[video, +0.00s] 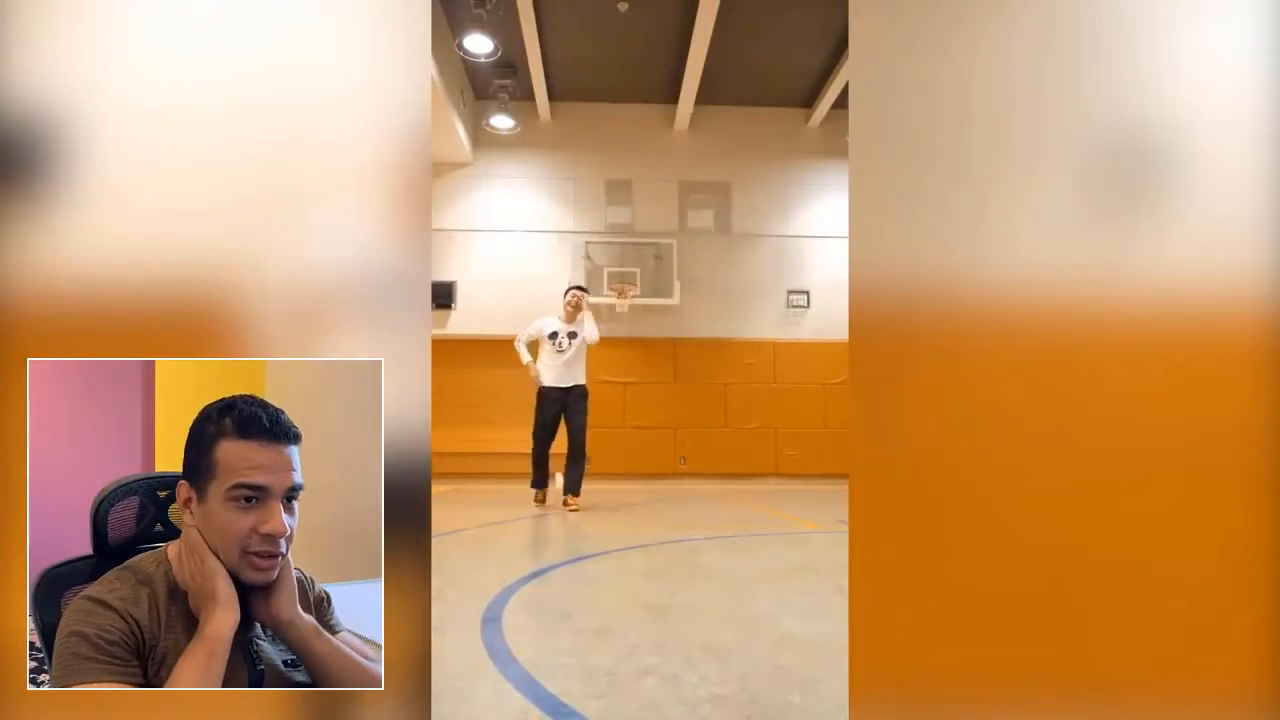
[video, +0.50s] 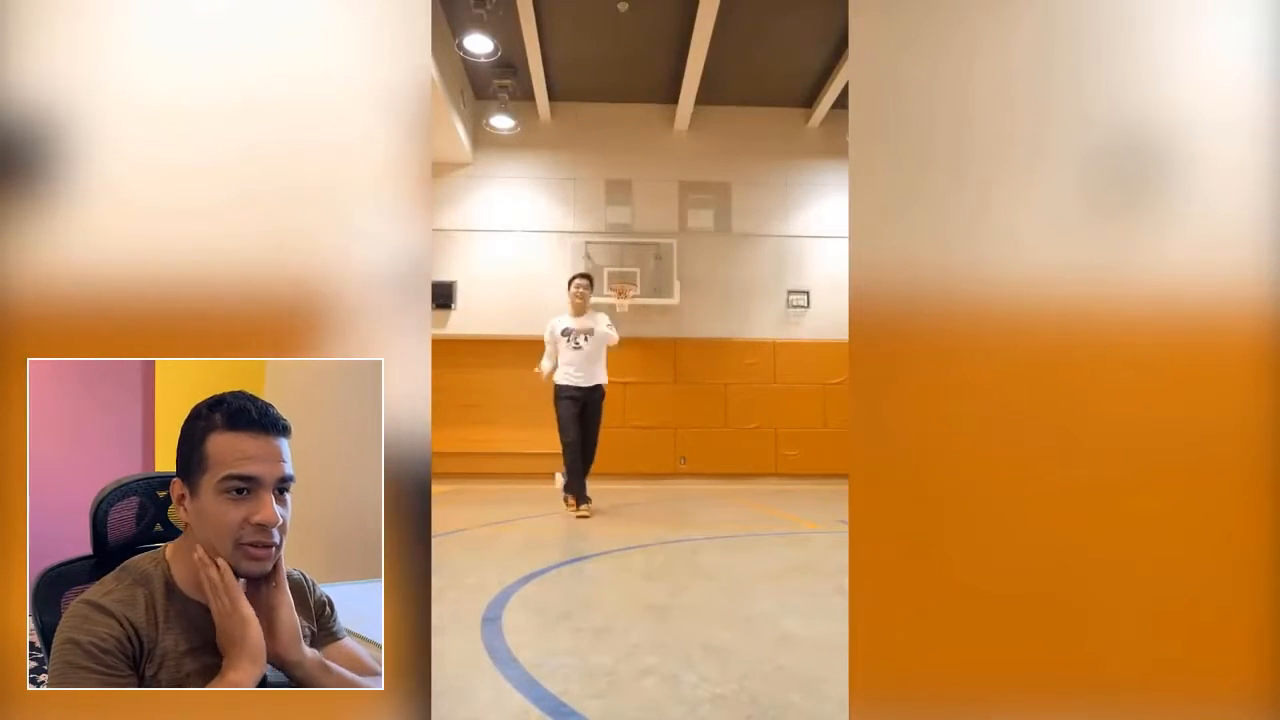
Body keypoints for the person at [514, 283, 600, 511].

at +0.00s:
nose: (575, 300)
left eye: (579, 298)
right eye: (572, 296)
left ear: (583, 306)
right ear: (563, 300)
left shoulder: (584, 326)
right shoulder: (545, 324)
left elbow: (592, 339)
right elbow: (520, 341)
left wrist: (587, 310)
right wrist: (530, 364)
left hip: (576, 390)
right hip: (549, 390)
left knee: (578, 442)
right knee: (541, 441)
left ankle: (571, 494)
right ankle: (540, 488)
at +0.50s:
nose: (580, 291)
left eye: (585, 288)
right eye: (576, 287)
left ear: (591, 294)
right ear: (568, 292)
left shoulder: (600, 318)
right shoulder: (556, 324)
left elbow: (613, 339)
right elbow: (550, 355)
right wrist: (544, 369)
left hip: (594, 388)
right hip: (566, 387)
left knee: (589, 444)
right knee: (571, 442)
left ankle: (570, 485)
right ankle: (581, 499)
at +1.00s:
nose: (578, 274)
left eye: (584, 270)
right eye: (576, 270)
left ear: (599, 274)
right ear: (574, 275)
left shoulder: (615, 312)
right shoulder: (565, 308)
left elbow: (628, 352)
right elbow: (554, 347)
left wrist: (642, 384)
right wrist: (534, 370)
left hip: (604, 381)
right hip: (572, 382)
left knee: (609, 437)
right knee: (572, 444)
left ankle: (605, 502)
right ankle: (581, 501)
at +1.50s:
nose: (591, 248)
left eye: (597, 243)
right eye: (586, 243)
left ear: (607, 248)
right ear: (578, 249)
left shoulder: (626, 286)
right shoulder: (570, 289)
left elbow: (633, 327)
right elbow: (562, 336)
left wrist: (636, 328)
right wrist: (544, 342)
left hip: (619, 374)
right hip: (581, 374)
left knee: (618, 444)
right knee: (579, 440)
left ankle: (606, 508)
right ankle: (585, 508)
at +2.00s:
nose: (593, 201)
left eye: (601, 196)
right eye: (587, 195)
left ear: (612, 204)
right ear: (577, 202)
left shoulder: (627, 251)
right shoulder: (564, 245)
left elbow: (633, 261)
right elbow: (551, 263)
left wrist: (623, 246)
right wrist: (558, 259)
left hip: (610, 349)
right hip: (565, 348)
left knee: (609, 433)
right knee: (571, 435)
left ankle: (598, 519)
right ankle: (585, 513)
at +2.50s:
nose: (546, 111)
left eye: (557, 100)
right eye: (541, 105)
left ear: (589, 109)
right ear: (542, 118)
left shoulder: (633, 182)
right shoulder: (533, 191)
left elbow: (652, 266)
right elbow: (522, 265)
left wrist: (667, 333)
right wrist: (517, 322)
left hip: (618, 325)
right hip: (553, 323)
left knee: (610, 443)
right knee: (549, 432)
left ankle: (583, 541)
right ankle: (560, 559)